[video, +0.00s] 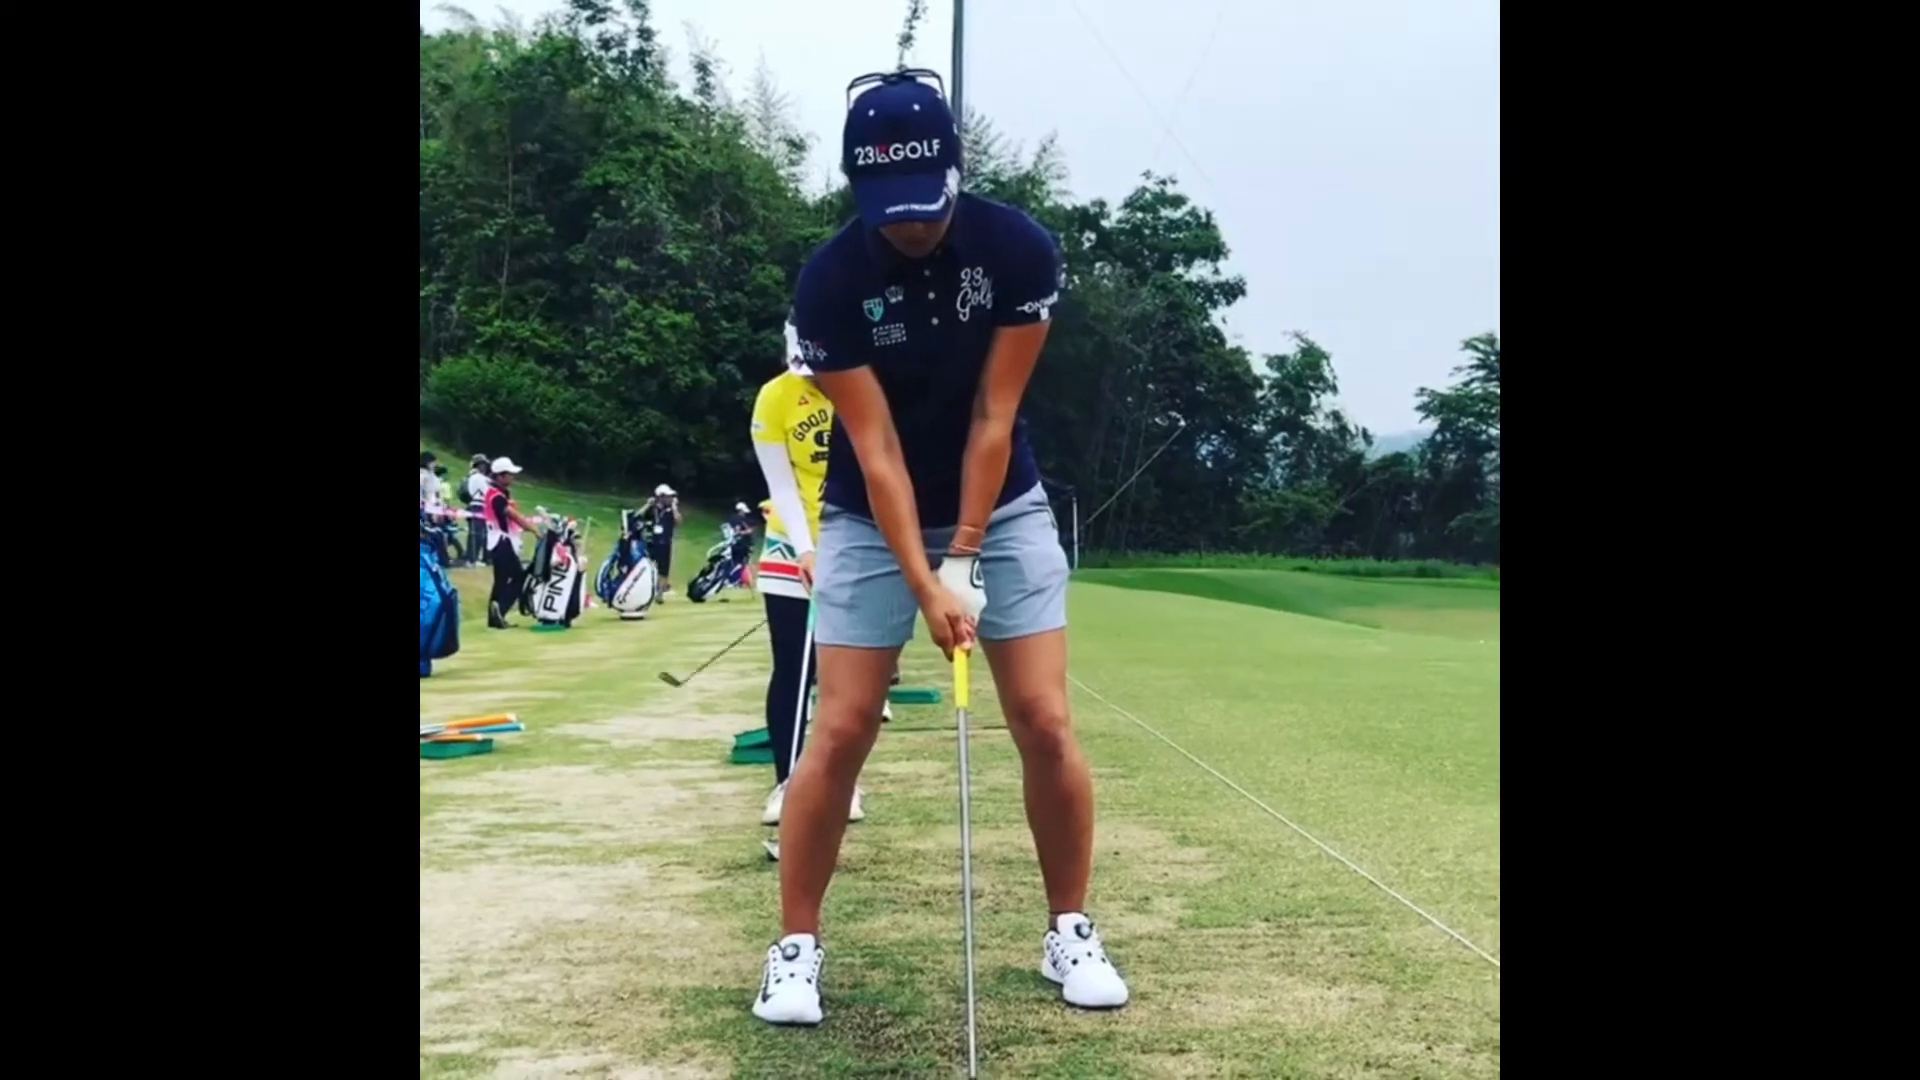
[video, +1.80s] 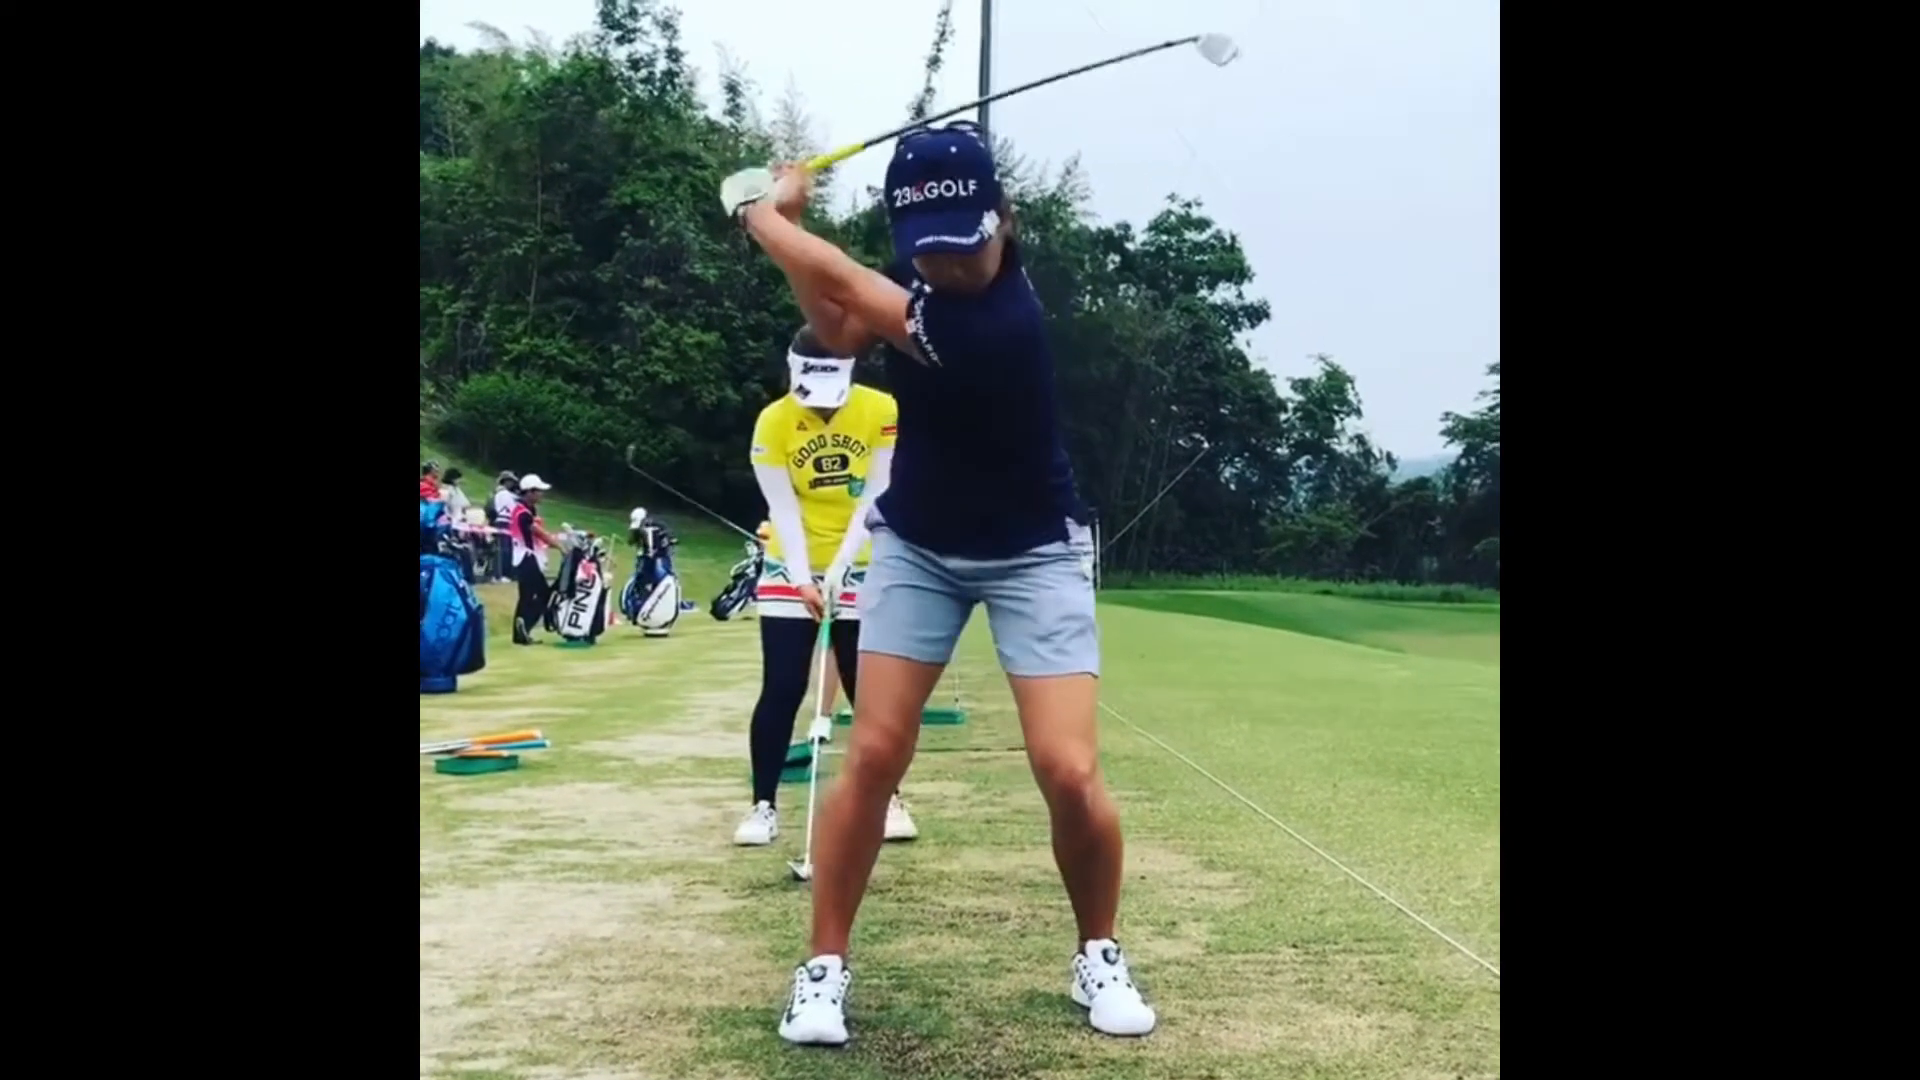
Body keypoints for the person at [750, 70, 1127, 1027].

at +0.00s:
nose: (913, 221)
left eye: (929, 200)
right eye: (893, 204)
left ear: (956, 170)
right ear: (861, 183)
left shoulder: (1017, 250)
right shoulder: (828, 283)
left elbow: (995, 415)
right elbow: (876, 452)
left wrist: (965, 555)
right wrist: (924, 582)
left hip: (1000, 504)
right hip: (869, 512)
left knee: (1046, 724)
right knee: (843, 727)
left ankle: (1071, 931)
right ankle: (796, 945)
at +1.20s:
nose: (941, 247)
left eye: (958, 226)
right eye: (922, 229)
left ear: (986, 203)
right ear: (892, 207)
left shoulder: (1032, 296)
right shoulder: (847, 292)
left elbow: (971, 457)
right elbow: (858, 450)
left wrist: (919, 600)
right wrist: (865, 602)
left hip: (1013, 530)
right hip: (891, 535)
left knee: (1066, 741)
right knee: (858, 743)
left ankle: (1100, 942)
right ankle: (825, 954)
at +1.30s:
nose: (941, 250)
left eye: (959, 232)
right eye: (924, 232)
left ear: (990, 207)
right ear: (893, 207)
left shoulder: (1016, 310)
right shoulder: (852, 278)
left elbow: (903, 465)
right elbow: (823, 426)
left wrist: (808, 582)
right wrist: (767, 563)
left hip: (1017, 536)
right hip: (894, 539)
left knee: (1068, 748)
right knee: (863, 736)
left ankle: (1101, 944)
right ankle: (826, 956)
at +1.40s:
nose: (939, 253)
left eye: (957, 234)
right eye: (921, 234)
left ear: (991, 212)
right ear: (896, 209)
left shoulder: (999, 322)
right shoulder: (875, 260)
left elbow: (833, 416)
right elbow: (797, 375)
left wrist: (698, 487)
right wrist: (685, 453)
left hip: (1017, 541)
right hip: (895, 541)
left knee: (1068, 757)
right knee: (867, 736)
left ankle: (1103, 946)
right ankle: (828, 958)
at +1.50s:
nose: (936, 255)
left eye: (957, 237)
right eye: (920, 235)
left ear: (993, 217)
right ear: (897, 211)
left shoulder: (981, 321)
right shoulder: (896, 250)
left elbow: (790, 344)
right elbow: (808, 332)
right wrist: (682, 325)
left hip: (1017, 545)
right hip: (898, 541)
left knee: (1064, 764)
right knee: (869, 733)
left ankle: (1103, 947)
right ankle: (828, 958)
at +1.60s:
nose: (930, 250)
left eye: (952, 233)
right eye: (915, 230)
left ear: (989, 217)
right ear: (891, 212)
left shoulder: (980, 314)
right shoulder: (899, 269)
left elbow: (823, 310)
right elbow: (818, 305)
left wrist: (719, 230)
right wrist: (736, 230)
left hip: (1016, 550)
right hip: (897, 544)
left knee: (1059, 771)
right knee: (871, 737)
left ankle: (1103, 950)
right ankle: (828, 962)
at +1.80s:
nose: (954, 260)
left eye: (970, 238)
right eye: (932, 244)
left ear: (1000, 216)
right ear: (904, 231)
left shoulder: (1002, 316)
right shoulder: (911, 288)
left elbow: (842, 283)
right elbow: (837, 329)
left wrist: (758, 212)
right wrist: (785, 226)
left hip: (1036, 556)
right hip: (917, 551)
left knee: (1071, 774)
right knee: (874, 750)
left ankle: (1099, 953)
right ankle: (825, 964)